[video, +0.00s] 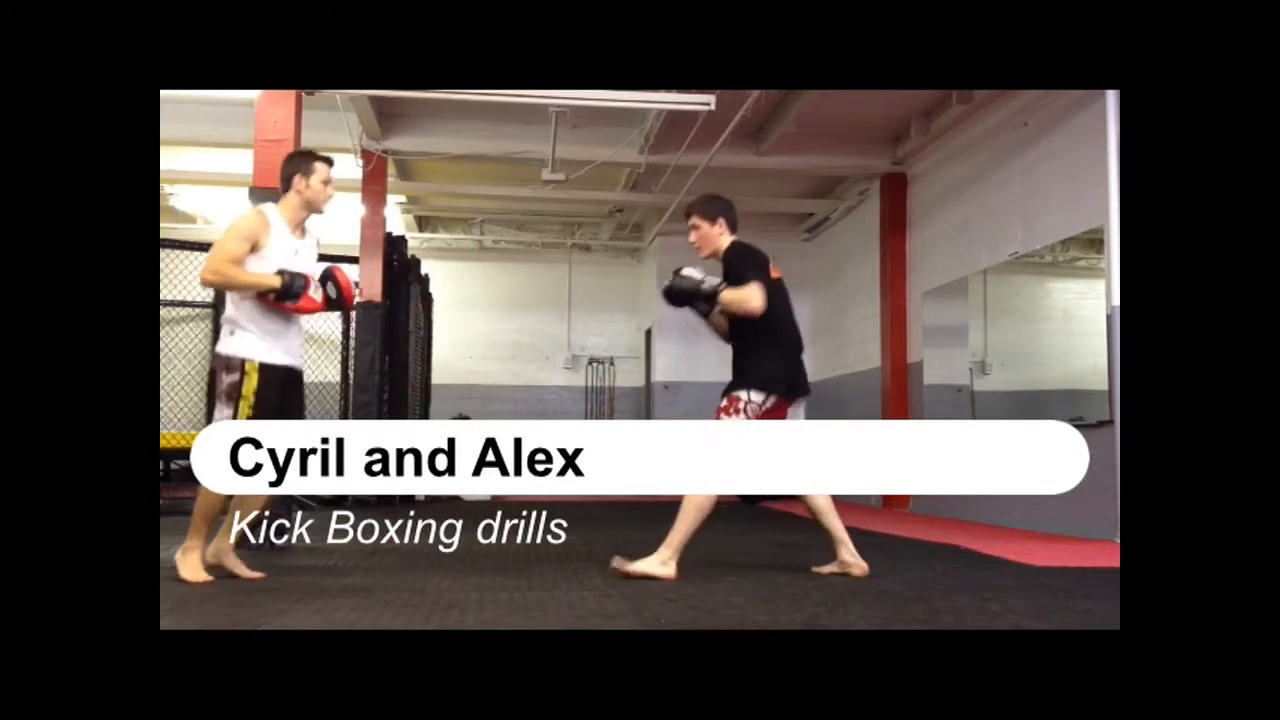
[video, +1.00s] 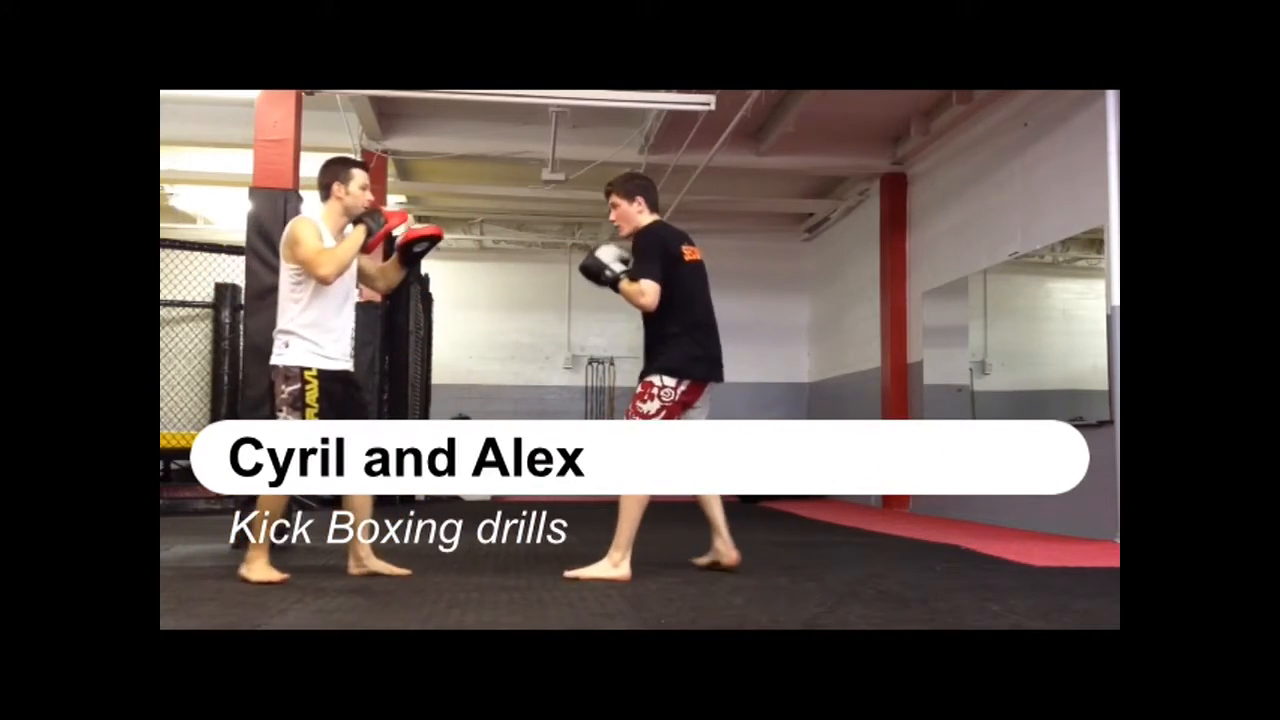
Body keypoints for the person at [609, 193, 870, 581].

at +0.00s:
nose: (691, 238)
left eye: (696, 229)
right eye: (689, 230)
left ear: (720, 225)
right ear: (721, 228)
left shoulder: (740, 254)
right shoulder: (743, 265)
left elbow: (755, 302)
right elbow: (733, 332)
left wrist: (708, 288)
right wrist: (704, 306)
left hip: (761, 380)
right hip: (784, 379)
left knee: (711, 465)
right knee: (801, 466)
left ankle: (665, 557)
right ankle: (848, 553)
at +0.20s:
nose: (657, 237)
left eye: (662, 227)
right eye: (656, 229)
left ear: (687, 224)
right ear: (689, 226)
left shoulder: (710, 255)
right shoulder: (715, 256)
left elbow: (704, 323)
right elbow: (714, 318)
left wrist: (674, 299)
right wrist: (681, 324)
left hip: (738, 376)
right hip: (757, 376)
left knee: (681, 456)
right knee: (764, 461)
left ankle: (660, 558)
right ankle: (834, 536)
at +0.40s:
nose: (644, 226)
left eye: (647, 216)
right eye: (642, 218)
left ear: (671, 210)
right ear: (674, 213)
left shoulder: (689, 245)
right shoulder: (704, 243)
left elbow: (689, 310)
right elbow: (694, 302)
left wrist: (647, 289)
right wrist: (658, 281)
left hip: (721, 365)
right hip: (740, 363)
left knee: (681, 450)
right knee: (725, 450)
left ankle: (661, 557)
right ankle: (759, 547)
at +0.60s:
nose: (646, 229)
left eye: (649, 219)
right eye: (644, 221)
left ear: (674, 214)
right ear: (672, 217)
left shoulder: (699, 244)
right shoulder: (692, 252)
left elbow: (716, 306)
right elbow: (690, 323)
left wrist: (666, 292)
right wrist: (656, 300)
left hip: (714, 367)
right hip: (724, 368)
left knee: (650, 437)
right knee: (713, 450)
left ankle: (644, 546)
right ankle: (752, 550)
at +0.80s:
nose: (628, 225)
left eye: (631, 215)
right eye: (626, 216)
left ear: (656, 210)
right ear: (654, 213)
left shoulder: (678, 242)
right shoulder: (671, 250)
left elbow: (693, 302)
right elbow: (667, 316)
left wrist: (645, 284)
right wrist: (639, 287)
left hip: (694, 371)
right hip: (709, 371)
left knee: (649, 457)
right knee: (717, 458)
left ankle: (620, 557)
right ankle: (751, 549)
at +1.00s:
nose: (612, 218)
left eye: (616, 208)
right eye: (610, 209)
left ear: (639, 203)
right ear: (644, 206)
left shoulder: (651, 237)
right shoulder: (676, 237)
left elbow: (647, 298)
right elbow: (660, 295)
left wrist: (614, 277)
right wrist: (623, 271)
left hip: (674, 364)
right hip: (700, 362)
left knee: (635, 451)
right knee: (690, 450)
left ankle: (618, 558)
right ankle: (724, 545)